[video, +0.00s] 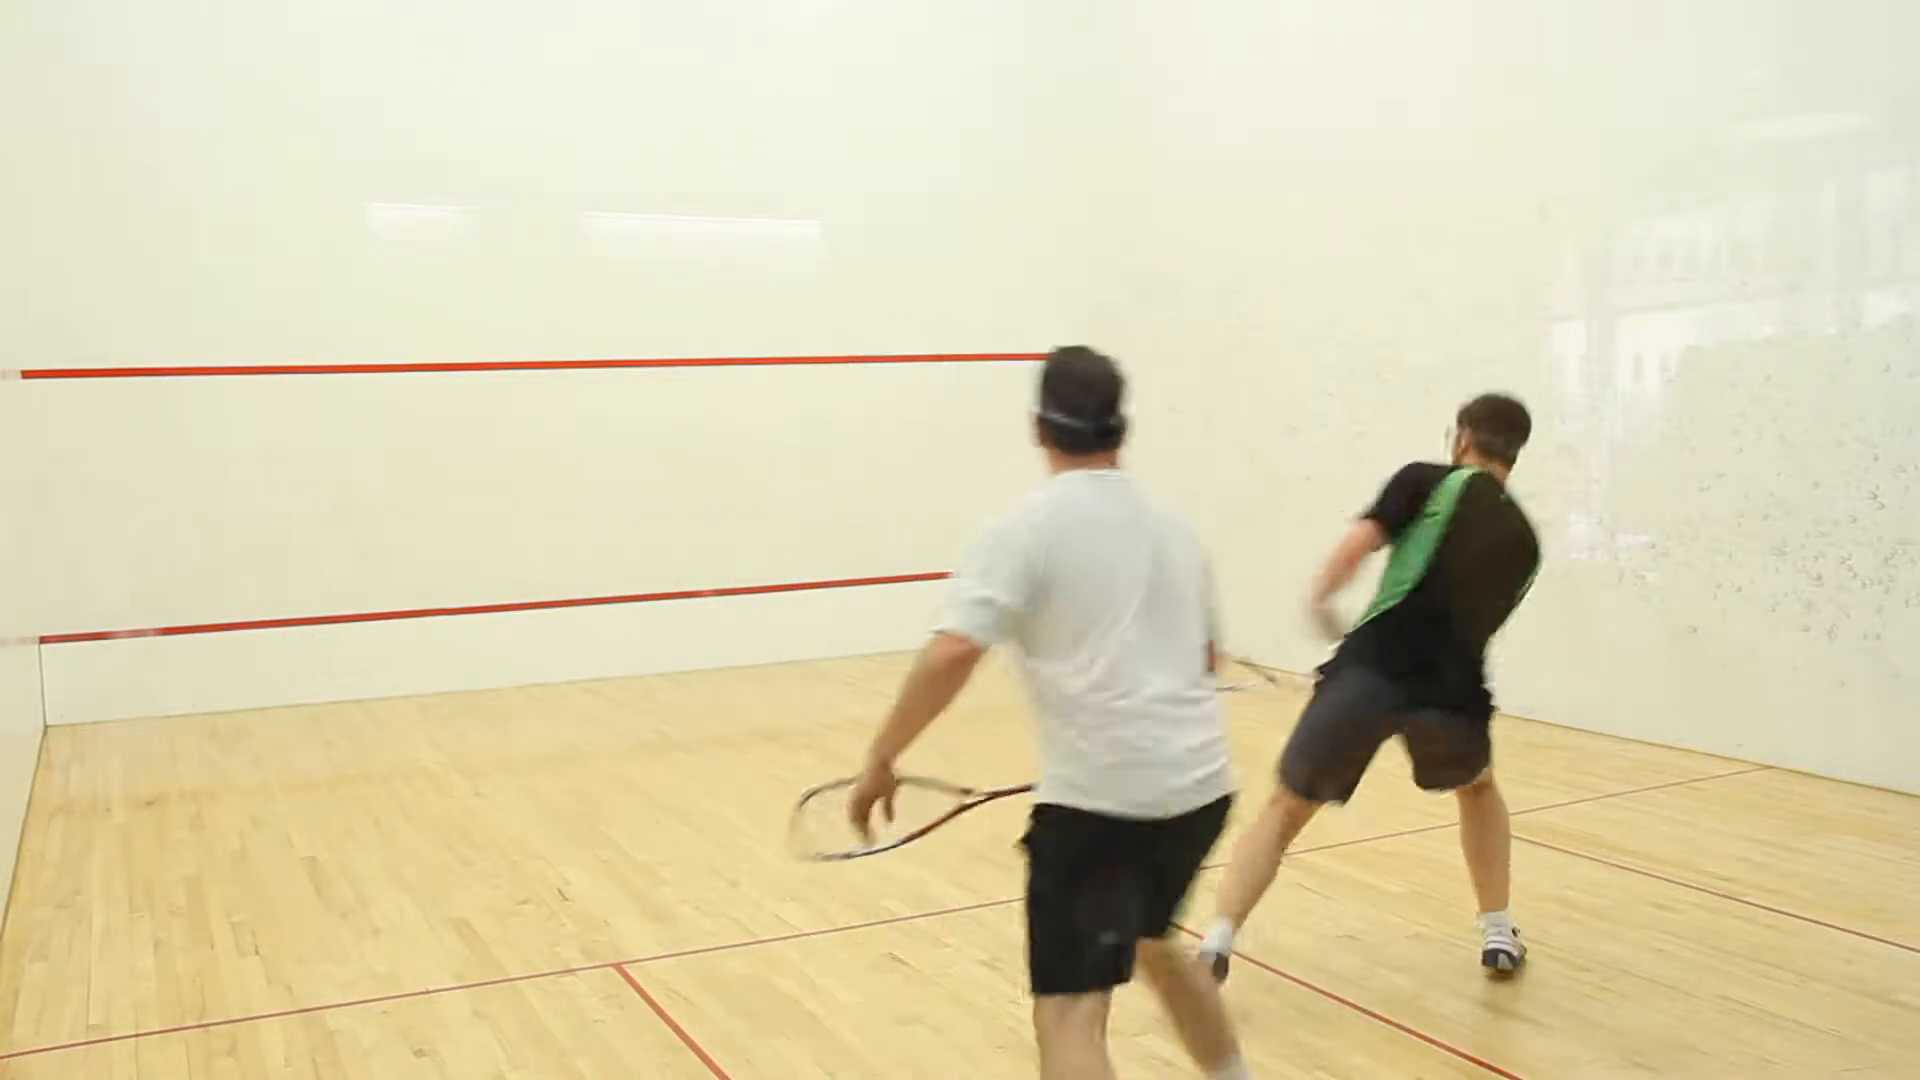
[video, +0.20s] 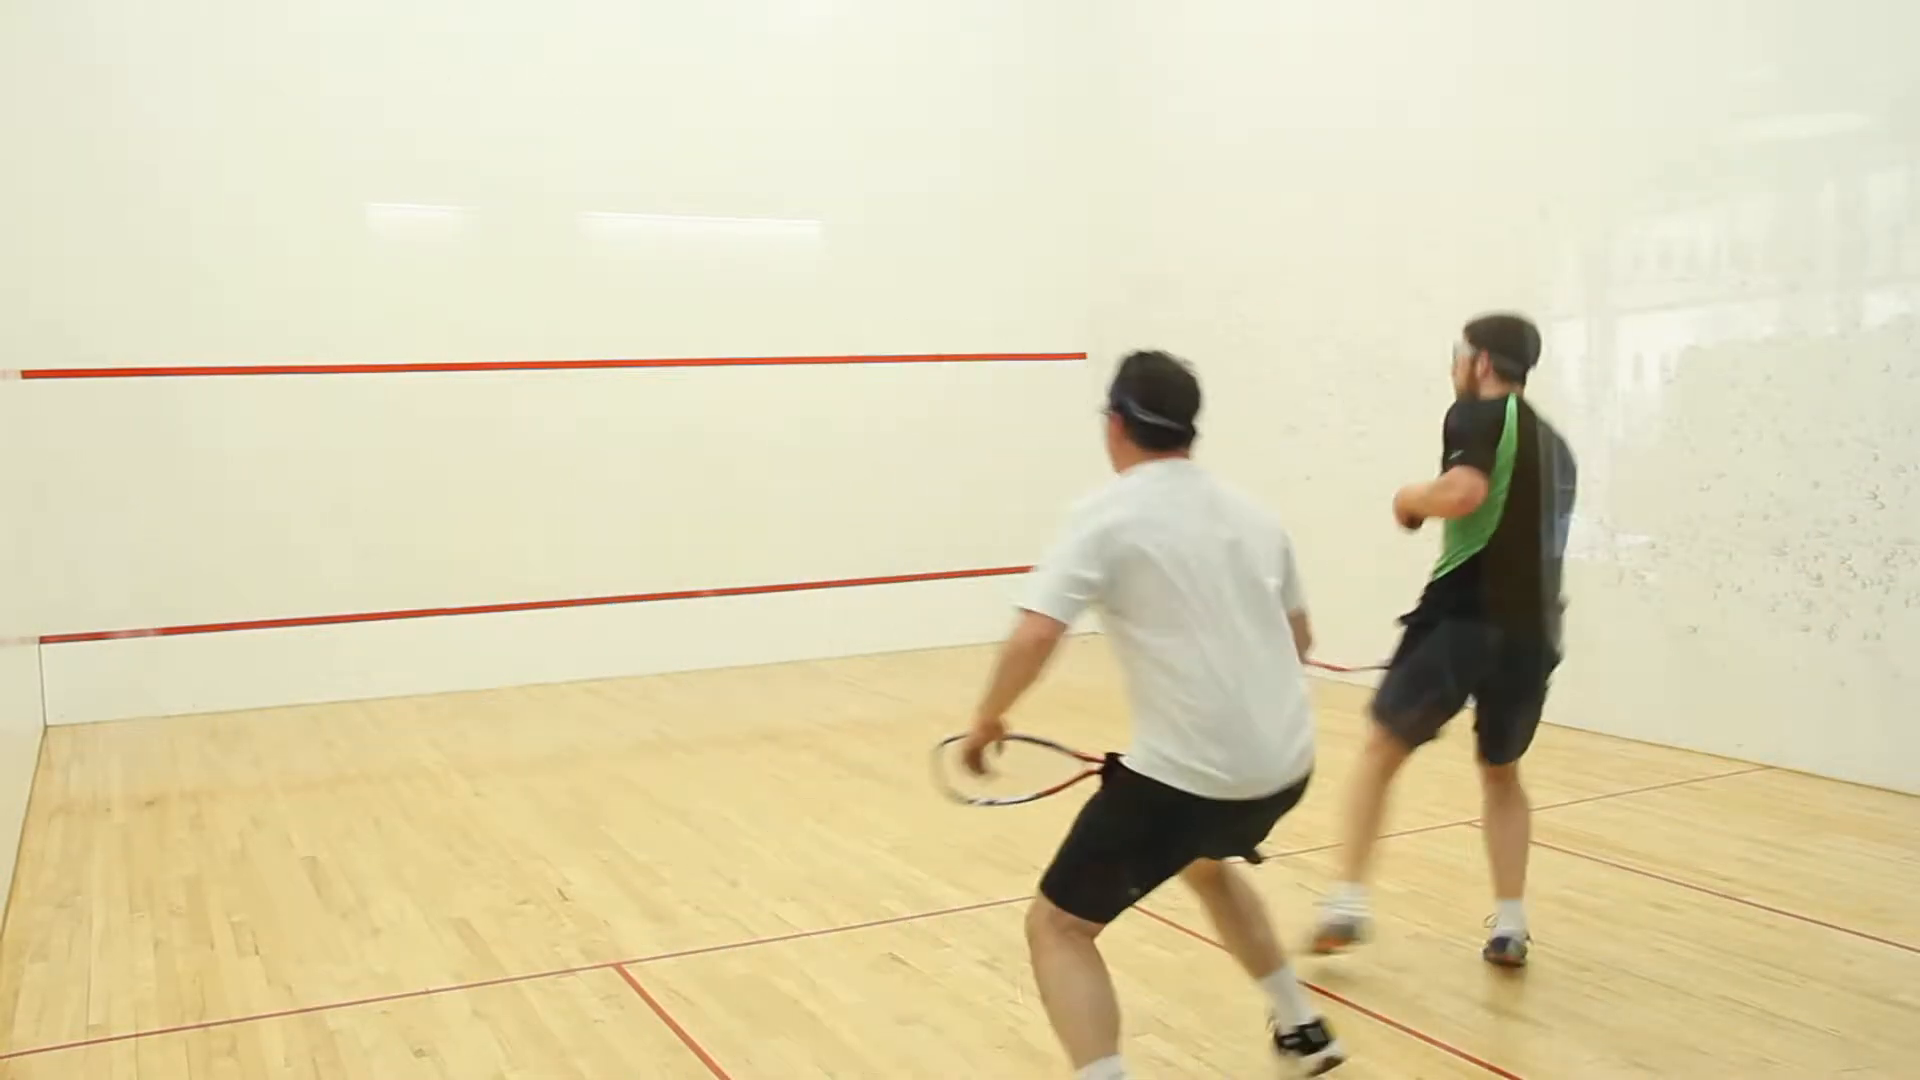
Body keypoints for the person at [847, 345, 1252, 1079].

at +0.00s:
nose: (1038, 424)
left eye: (1037, 415)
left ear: (1039, 428)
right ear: (1123, 426)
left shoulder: (1028, 527)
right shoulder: (1173, 527)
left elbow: (952, 654)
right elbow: (1205, 659)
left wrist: (882, 759)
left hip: (1095, 801)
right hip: (1200, 792)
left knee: (1072, 1015)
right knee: (1156, 940)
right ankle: (1233, 1070)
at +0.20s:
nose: (1106, 428)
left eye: (1108, 417)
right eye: (1110, 417)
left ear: (1117, 424)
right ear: (1189, 429)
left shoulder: (1109, 515)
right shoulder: (1249, 514)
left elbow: (1034, 637)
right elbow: (1298, 640)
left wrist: (990, 716)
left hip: (1181, 775)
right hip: (1284, 767)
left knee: (1057, 923)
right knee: (1204, 857)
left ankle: (1102, 1069)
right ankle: (1298, 1023)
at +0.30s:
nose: (1156, 452)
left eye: (1159, 441)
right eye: (1161, 441)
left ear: (1170, 450)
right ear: (1233, 454)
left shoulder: (1159, 537)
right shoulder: (1279, 534)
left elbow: (1093, 657)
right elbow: (1325, 663)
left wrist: (1046, 718)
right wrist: (1248, 731)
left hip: (1202, 792)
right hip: (1299, 785)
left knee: (1082, 946)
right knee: (1260, 875)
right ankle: (1336, 1024)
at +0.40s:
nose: (1227, 455)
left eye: (1231, 446)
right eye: (1234, 445)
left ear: (1240, 455)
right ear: (1303, 459)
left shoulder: (1208, 538)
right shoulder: (1343, 542)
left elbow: (1137, 645)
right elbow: (1384, 655)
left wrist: (1118, 682)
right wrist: (1322, 697)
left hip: (1223, 781)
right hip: (1328, 780)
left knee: (1153, 945)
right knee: (1289, 852)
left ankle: (1145, 1070)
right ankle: (1342, 1018)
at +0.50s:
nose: (1283, 439)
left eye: (1286, 428)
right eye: (1288, 428)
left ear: (1297, 437)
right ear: (1359, 447)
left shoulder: (1259, 508)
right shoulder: (1388, 527)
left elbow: (1170, 581)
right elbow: (1434, 632)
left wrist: (1163, 642)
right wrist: (1380, 680)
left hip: (1250, 741)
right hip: (1349, 744)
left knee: (1188, 904)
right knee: (1313, 847)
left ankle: (1252, 1048)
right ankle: (1346, 1016)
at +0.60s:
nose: (1312, 429)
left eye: (1315, 419)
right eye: (1320, 420)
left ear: (1324, 426)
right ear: (1386, 438)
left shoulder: (1274, 493)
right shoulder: (1413, 519)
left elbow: (1189, 578)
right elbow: (1463, 631)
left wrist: (1199, 650)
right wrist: (1427, 693)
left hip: (1282, 717)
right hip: (1379, 722)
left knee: (1258, 866)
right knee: (1340, 829)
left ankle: (1333, 1011)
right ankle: (1353, 976)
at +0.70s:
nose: (1335, 429)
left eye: (1338, 420)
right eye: (1349, 421)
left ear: (1342, 425)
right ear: (1405, 436)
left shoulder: (1297, 494)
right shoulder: (1435, 507)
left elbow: (1239, 583)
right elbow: (1489, 615)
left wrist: (1290, 602)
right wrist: (1468, 684)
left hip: (1315, 712)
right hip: (1409, 712)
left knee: (1309, 875)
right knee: (1381, 793)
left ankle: (1353, 1026)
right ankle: (1392, 940)